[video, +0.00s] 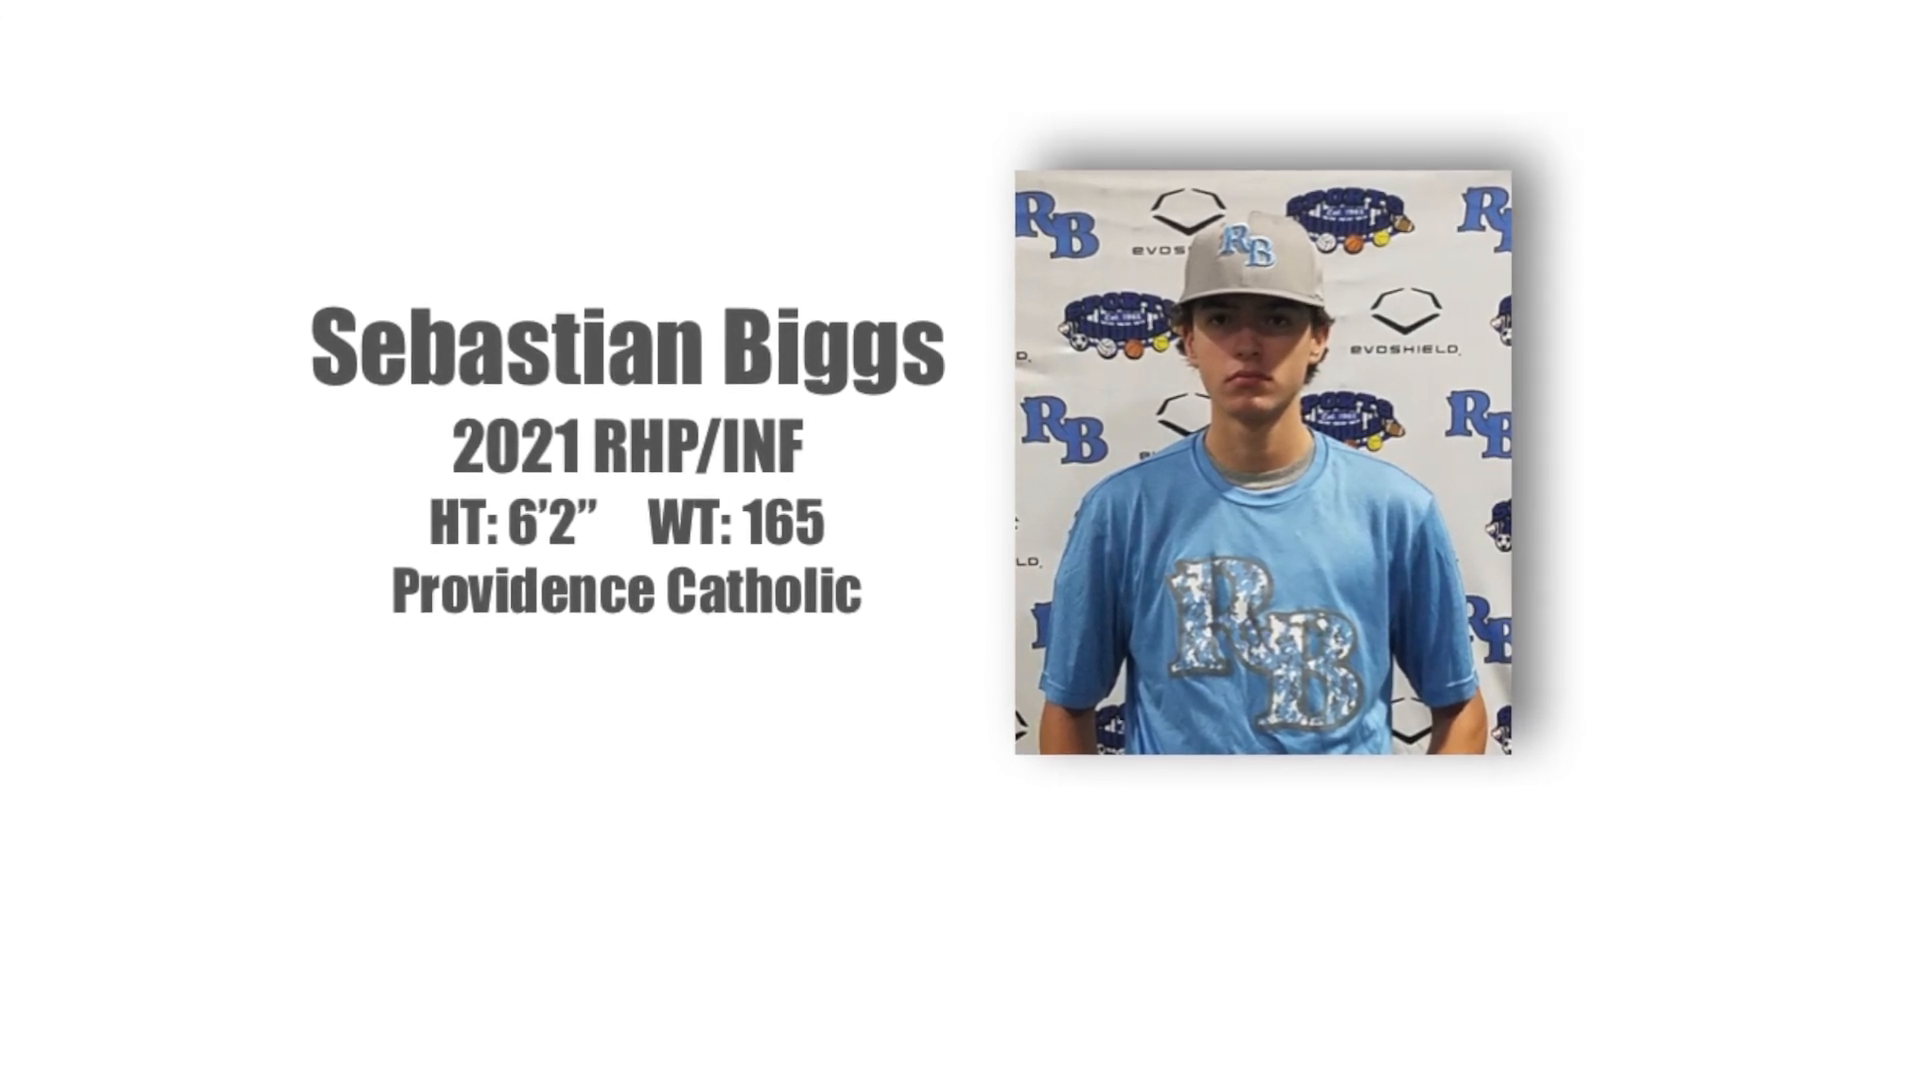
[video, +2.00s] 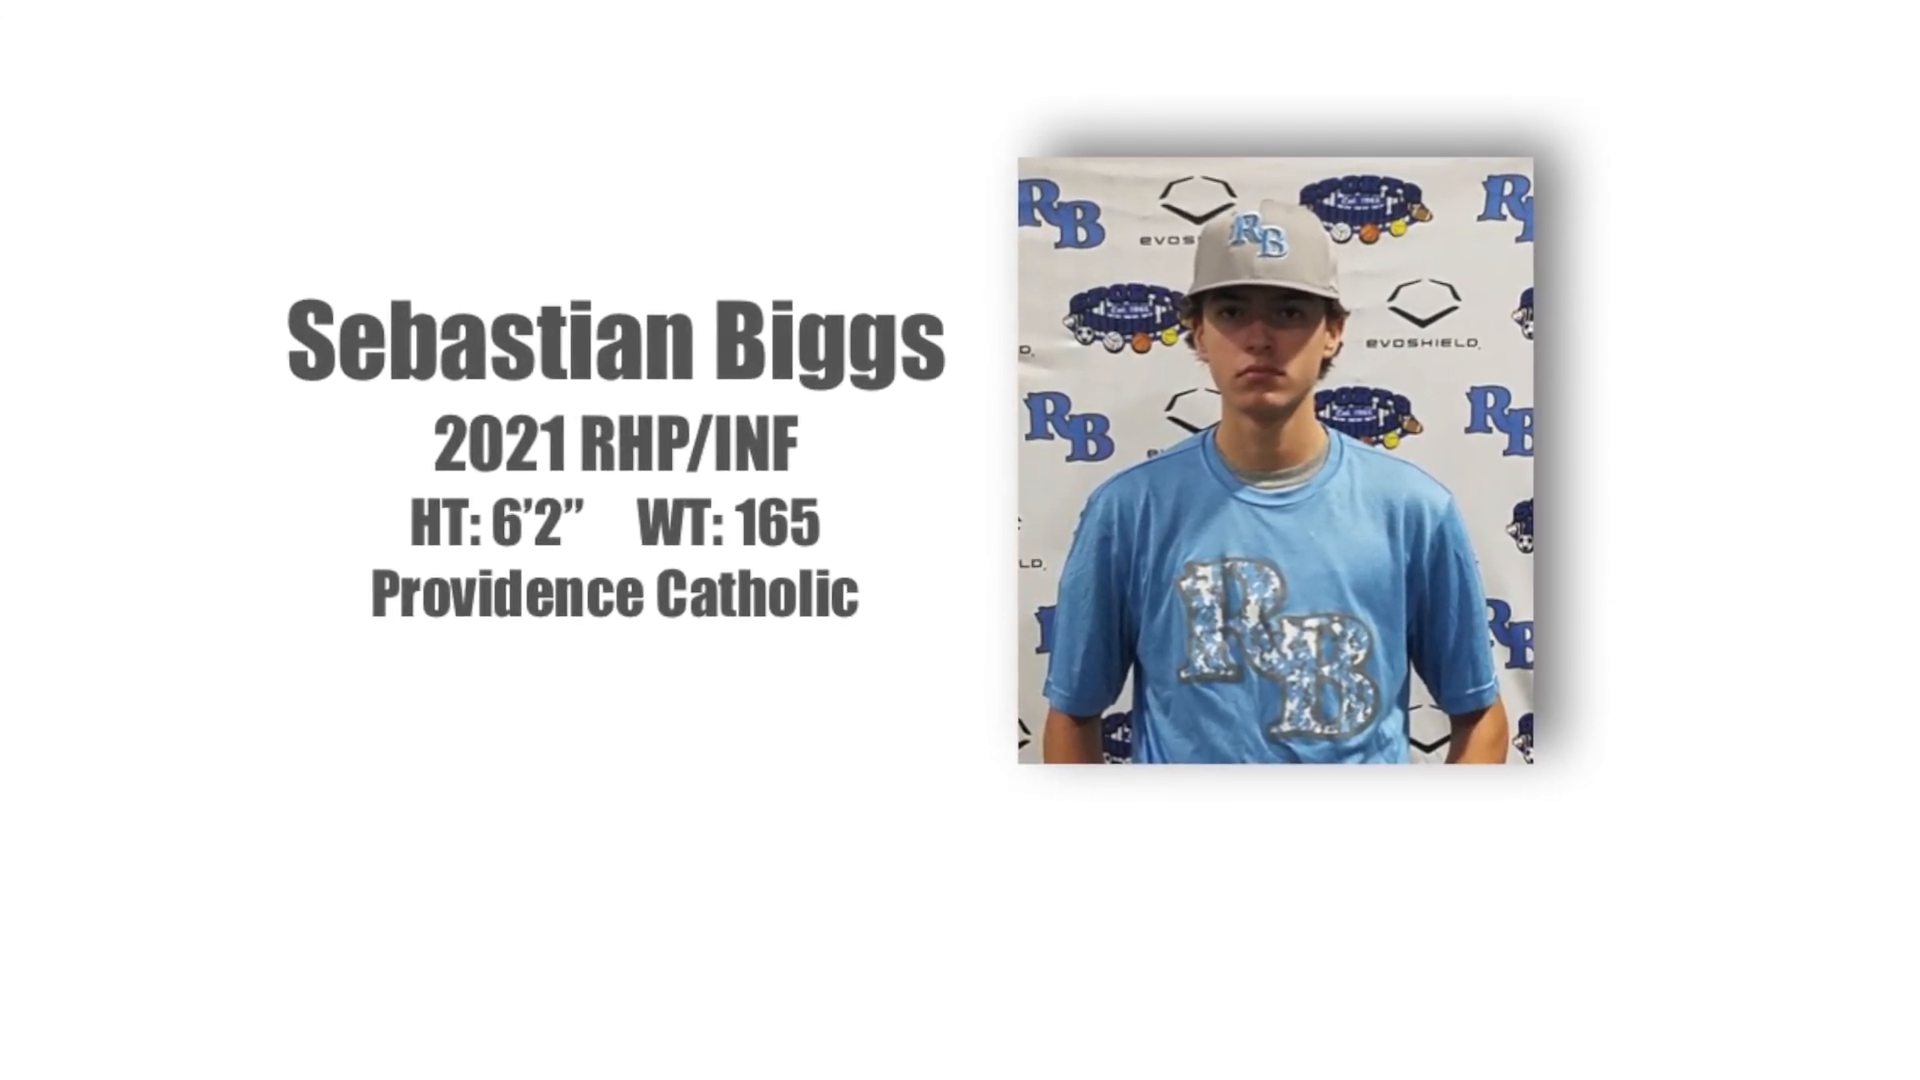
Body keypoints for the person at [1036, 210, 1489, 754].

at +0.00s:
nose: (1248, 343)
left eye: (1276, 319)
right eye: (1223, 319)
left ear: (1317, 341)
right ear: (1189, 341)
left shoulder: (1398, 511)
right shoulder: (1118, 513)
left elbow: (1461, 710)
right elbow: (1068, 712)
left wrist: (1422, 829)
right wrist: (1079, 835)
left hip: (1354, 826)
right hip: (1172, 825)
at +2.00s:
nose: (1260, 337)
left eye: (1289, 312)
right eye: (1234, 312)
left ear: (1331, 334)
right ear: (1198, 335)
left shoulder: (1415, 511)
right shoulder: (1125, 514)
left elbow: (1482, 717)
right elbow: (1073, 720)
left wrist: (1440, 841)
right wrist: (1086, 847)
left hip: (1370, 837)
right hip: (1182, 837)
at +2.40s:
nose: (1209, 338)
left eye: (1237, 314)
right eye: (1186, 315)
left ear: (1278, 336)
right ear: (1151, 336)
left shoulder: (1357, 503)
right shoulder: (1082, 506)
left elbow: (1420, 700)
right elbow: (1032, 702)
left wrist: (1381, 819)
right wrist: (1042, 826)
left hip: (1314, 815)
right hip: (1135, 814)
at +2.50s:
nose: (1167, 340)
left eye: (1194, 317)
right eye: (1144, 317)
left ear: (1232, 337)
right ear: (1111, 337)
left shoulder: (1308, 497)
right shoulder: (1044, 501)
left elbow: (1367, 685)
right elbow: (998, 687)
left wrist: (1331, 800)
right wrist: (1007, 805)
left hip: (1266, 799)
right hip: (1096, 799)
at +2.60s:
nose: (1117, 342)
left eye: (1142, 320)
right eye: (1096, 320)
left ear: (1179, 339)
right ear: (1064, 339)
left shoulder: (1249, 491)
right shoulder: (1002, 494)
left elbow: (1306, 668)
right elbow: (958, 671)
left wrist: (1273, 776)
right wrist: (965, 782)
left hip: (1211, 775)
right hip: (1050, 776)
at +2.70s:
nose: (1064, 344)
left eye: (1087, 324)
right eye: (1044, 324)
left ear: (1121, 343)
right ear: (1014, 341)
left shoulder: (1188, 484)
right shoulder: (955, 486)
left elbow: (1240, 650)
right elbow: (914, 652)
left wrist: (1210, 753)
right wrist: (921, 757)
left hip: (1151, 752)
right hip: (1001, 752)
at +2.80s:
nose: (1009, 346)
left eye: (1031, 327)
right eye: (990, 327)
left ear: (1063, 344)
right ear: (963, 343)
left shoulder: (1125, 478)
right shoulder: (908, 479)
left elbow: (1173, 633)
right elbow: (869, 634)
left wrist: (1146, 728)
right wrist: (874, 732)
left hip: (1091, 725)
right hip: (951, 726)